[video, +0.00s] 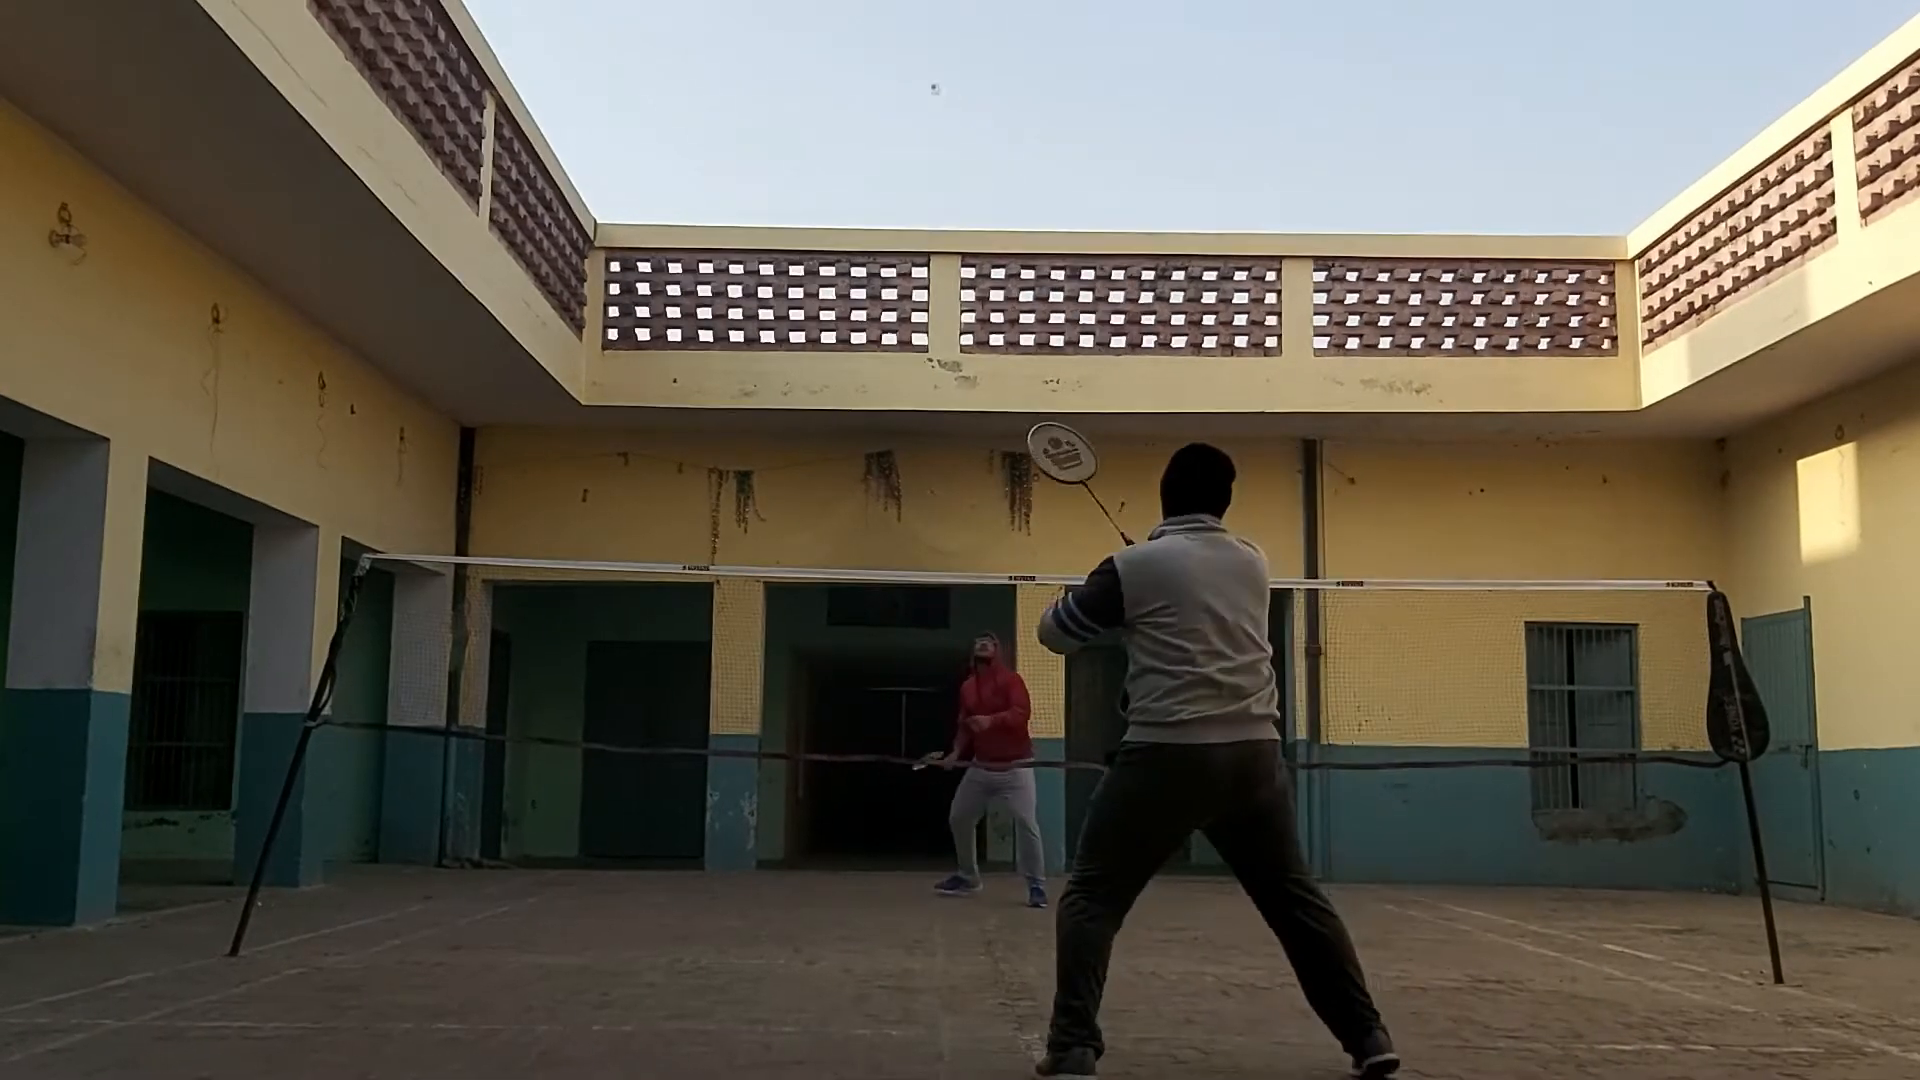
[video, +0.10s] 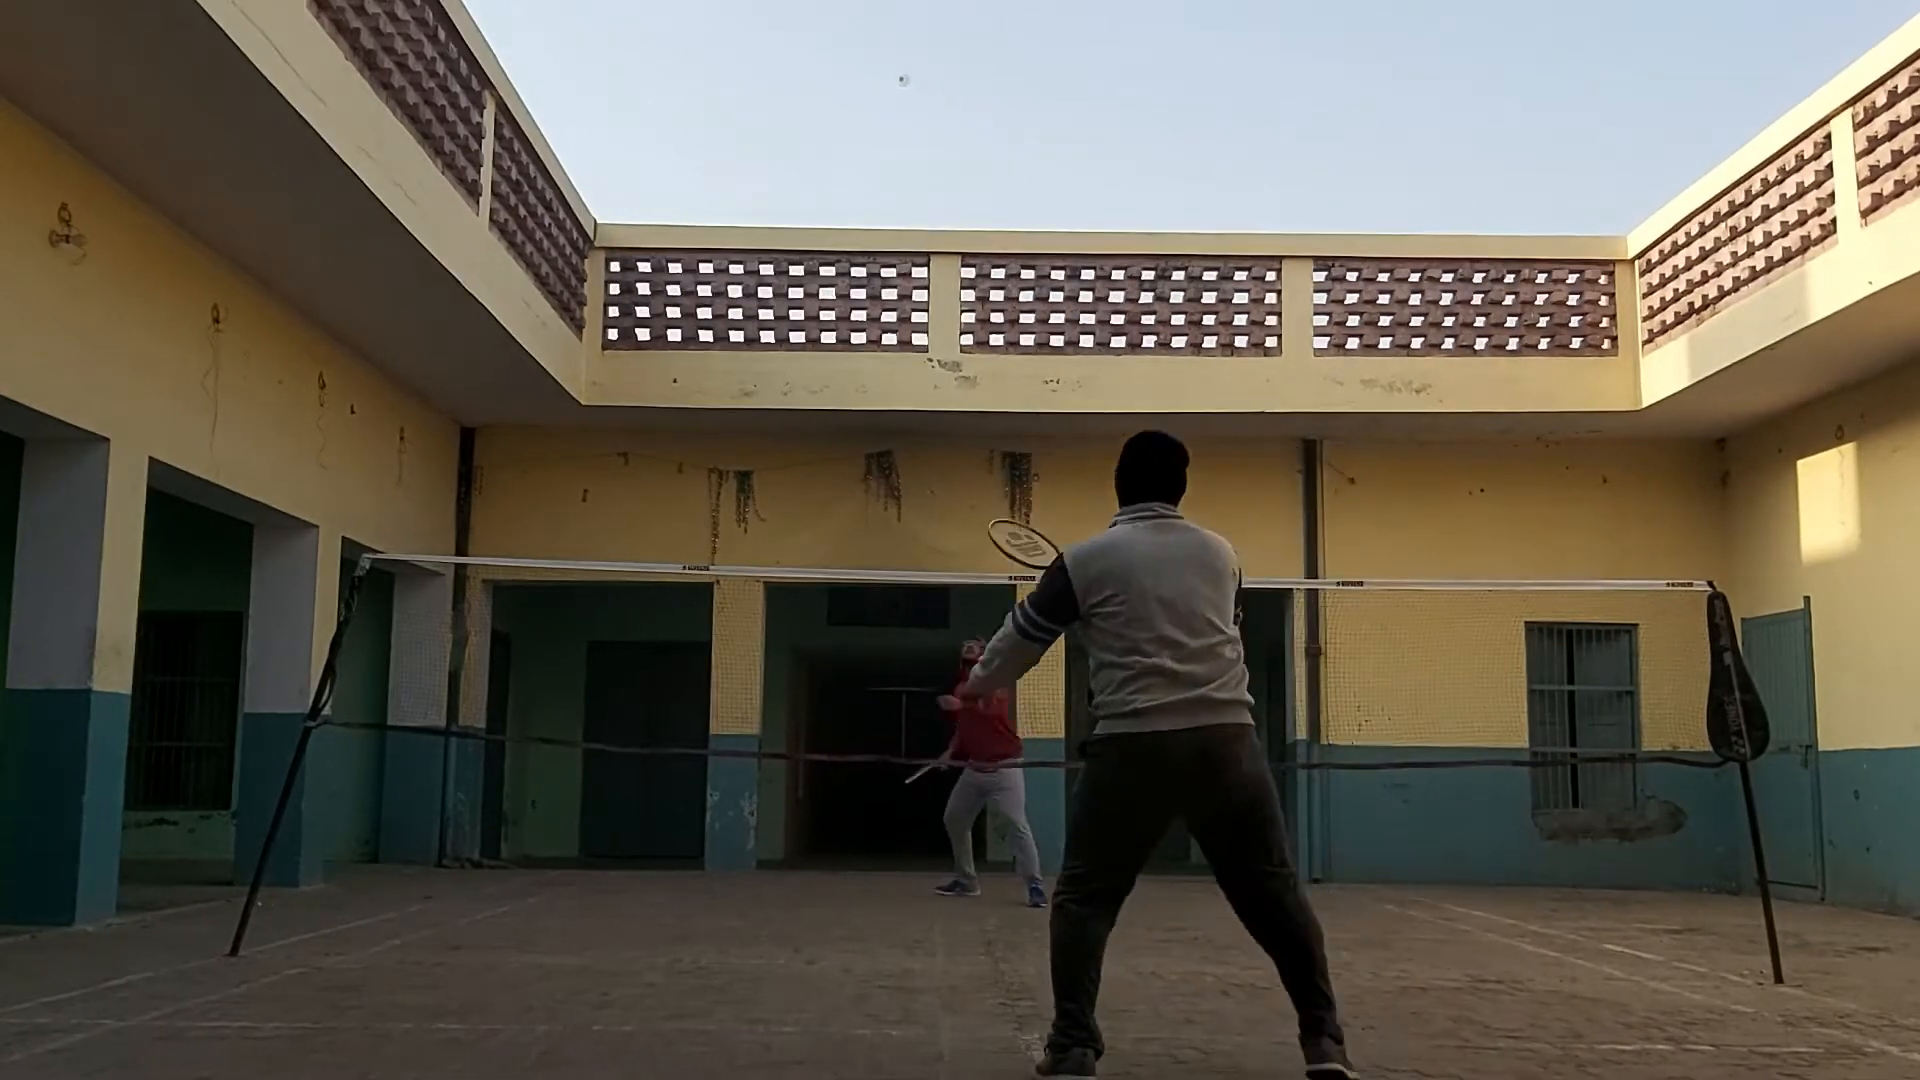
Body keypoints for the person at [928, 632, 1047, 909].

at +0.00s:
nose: (983, 645)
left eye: (988, 643)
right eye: (979, 642)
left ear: (997, 651)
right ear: (973, 651)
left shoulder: (1011, 680)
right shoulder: (969, 686)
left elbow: (1021, 713)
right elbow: (964, 725)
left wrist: (990, 720)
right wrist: (954, 753)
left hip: (1016, 769)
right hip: (981, 768)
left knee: (1026, 822)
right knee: (959, 818)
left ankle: (1036, 884)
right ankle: (968, 877)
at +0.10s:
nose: (969, 652)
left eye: (975, 649)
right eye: (966, 649)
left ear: (985, 656)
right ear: (961, 658)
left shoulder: (995, 683)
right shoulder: (962, 688)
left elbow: (996, 709)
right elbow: (963, 729)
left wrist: (961, 704)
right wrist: (948, 755)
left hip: (1005, 768)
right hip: (975, 768)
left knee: (1017, 823)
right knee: (955, 820)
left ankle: (1034, 884)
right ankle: (966, 880)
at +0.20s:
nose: (953, 645)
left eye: (960, 642)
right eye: (952, 642)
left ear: (971, 650)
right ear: (950, 651)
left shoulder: (977, 676)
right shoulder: (955, 678)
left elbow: (964, 684)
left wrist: (940, 678)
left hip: (985, 760)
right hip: (964, 761)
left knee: (1000, 821)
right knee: (949, 817)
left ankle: (1023, 879)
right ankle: (965, 879)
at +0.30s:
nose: (942, 640)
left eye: (948, 636)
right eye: (941, 637)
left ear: (961, 643)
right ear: (941, 644)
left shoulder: (966, 666)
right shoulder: (941, 672)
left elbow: (958, 662)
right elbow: (940, 716)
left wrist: (930, 650)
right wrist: (922, 736)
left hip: (970, 746)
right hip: (947, 747)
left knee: (968, 811)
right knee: (944, 815)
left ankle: (999, 874)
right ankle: (963, 877)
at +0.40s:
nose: (931, 633)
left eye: (936, 629)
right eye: (931, 629)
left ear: (946, 633)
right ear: (935, 633)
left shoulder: (949, 654)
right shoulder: (934, 662)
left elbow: (933, 640)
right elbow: (938, 700)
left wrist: (909, 631)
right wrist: (917, 718)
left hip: (953, 741)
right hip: (940, 741)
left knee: (944, 807)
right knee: (929, 805)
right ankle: (960, 865)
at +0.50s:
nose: (922, 634)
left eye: (927, 632)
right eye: (924, 632)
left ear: (935, 637)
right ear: (936, 640)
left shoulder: (937, 653)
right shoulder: (928, 664)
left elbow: (919, 634)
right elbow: (932, 707)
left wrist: (892, 621)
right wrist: (907, 722)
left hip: (939, 744)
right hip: (928, 744)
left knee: (924, 811)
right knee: (903, 800)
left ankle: (930, 877)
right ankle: (935, 855)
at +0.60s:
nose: (909, 647)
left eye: (912, 643)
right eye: (909, 643)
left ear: (923, 645)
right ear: (929, 649)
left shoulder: (923, 664)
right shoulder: (934, 680)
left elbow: (902, 643)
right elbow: (945, 723)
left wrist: (879, 622)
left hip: (924, 755)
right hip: (916, 754)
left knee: (902, 815)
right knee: (889, 809)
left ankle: (928, 876)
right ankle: (893, 869)